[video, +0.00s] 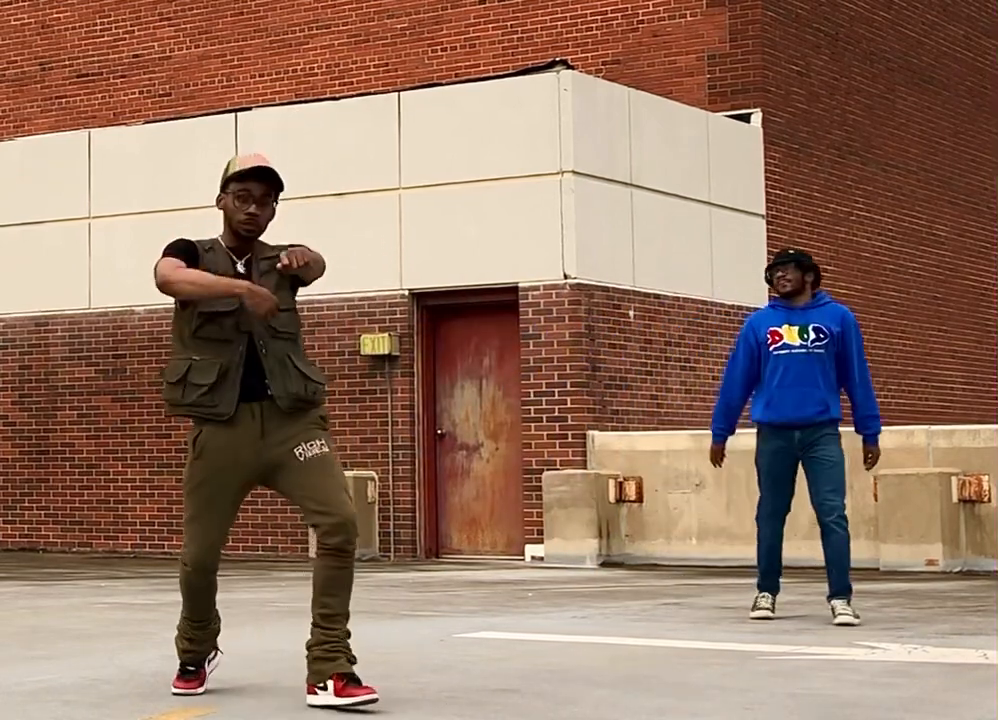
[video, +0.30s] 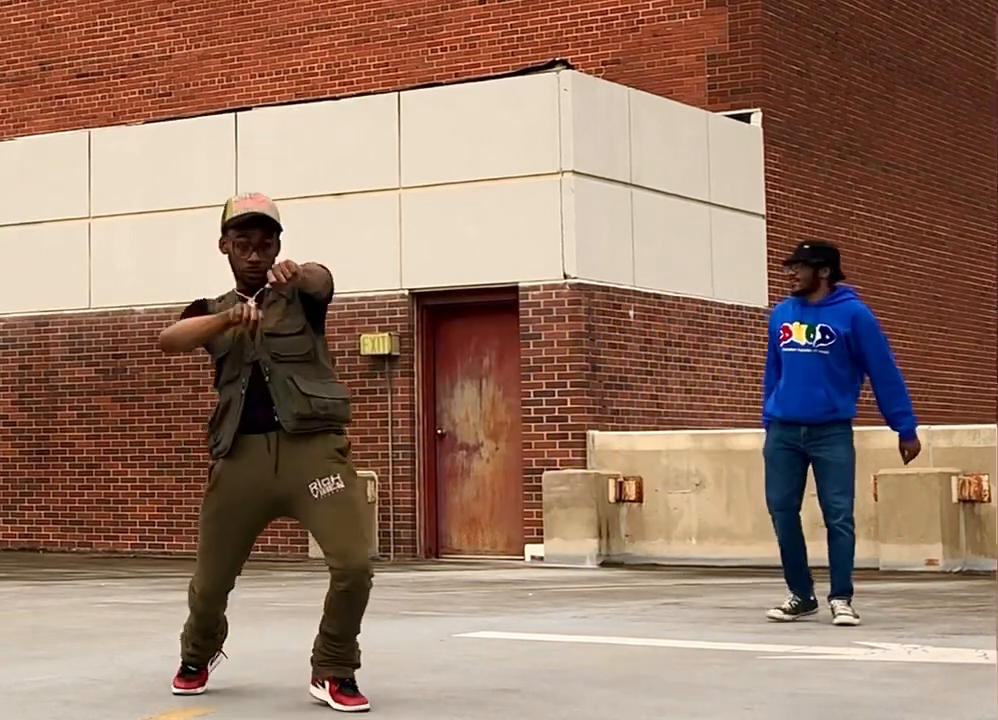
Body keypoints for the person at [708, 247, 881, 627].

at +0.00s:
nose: (781, 276)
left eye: (788, 270)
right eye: (776, 272)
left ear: (808, 275)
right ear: (772, 280)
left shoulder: (838, 317)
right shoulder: (759, 322)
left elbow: (857, 377)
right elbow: (736, 380)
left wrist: (870, 432)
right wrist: (719, 435)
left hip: (822, 432)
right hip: (773, 433)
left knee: (832, 513)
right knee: (770, 514)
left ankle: (840, 599)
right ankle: (766, 592)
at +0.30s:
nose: (789, 272)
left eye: (797, 267)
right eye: (790, 267)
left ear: (823, 271)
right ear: (804, 272)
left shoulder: (854, 314)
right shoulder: (782, 313)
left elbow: (885, 372)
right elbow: (772, 371)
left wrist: (906, 429)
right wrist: (769, 421)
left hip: (831, 431)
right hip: (783, 431)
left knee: (838, 515)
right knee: (781, 511)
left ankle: (840, 599)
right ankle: (801, 596)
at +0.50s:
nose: (789, 274)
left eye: (794, 268)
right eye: (790, 268)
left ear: (816, 271)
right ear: (808, 272)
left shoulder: (849, 312)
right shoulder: (794, 310)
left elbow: (871, 370)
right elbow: (788, 368)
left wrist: (876, 428)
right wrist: (780, 417)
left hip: (833, 429)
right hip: (790, 429)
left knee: (840, 515)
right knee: (795, 514)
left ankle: (842, 599)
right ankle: (803, 599)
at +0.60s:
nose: (786, 277)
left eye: (792, 271)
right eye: (787, 271)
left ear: (812, 272)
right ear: (807, 273)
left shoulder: (845, 309)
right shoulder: (799, 312)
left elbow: (854, 366)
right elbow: (792, 373)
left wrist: (846, 419)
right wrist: (779, 424)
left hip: (828, 430)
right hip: (791, 430)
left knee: (842, 517)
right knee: (789, 513)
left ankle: (842, 599)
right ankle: (801, 599)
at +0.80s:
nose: (777, 282)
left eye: (782, 275)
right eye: (778, 275)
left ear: (802, 275)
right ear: (800, 276)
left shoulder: (835, 308)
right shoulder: (801, 312)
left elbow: (826, 366)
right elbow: (798, 367)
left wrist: (788, 409)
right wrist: (785, 410)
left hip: (829, 430)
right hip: (795, 429)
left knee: (839, 516)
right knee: (787, 513)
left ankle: (841, 598)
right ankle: (787, 597)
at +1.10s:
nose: (759, 288)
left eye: (763, 282)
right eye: (760, 282)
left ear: (777, 283)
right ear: (787, 284)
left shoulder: (792, 320)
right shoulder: (791, 318)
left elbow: (775, 383)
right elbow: (781, 383)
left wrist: (751, 438)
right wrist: (762, 434)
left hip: (798, 429)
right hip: (781, 430)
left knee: (807, 511)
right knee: (774, 510)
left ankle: (834, 595)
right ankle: (787, 598)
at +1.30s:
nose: (750, 288)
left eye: (752, 282)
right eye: (751, 282)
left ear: (763, 283)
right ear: (787, 283)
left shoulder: (768, 317)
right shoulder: (806, 318)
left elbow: (756, 374)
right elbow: (806, 373)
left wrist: (735, 426)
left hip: (777, 423)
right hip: (801, 424)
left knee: (761, 505)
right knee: (785, 505)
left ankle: (796, 591)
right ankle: (795, 589)